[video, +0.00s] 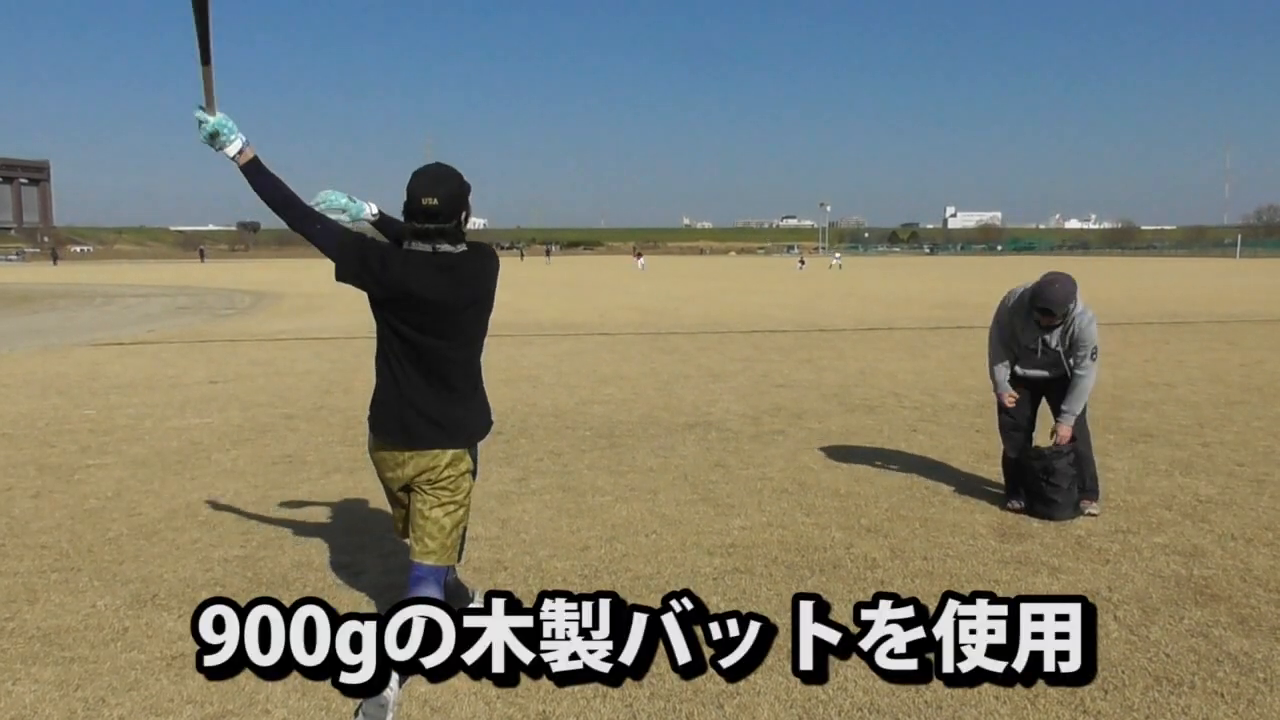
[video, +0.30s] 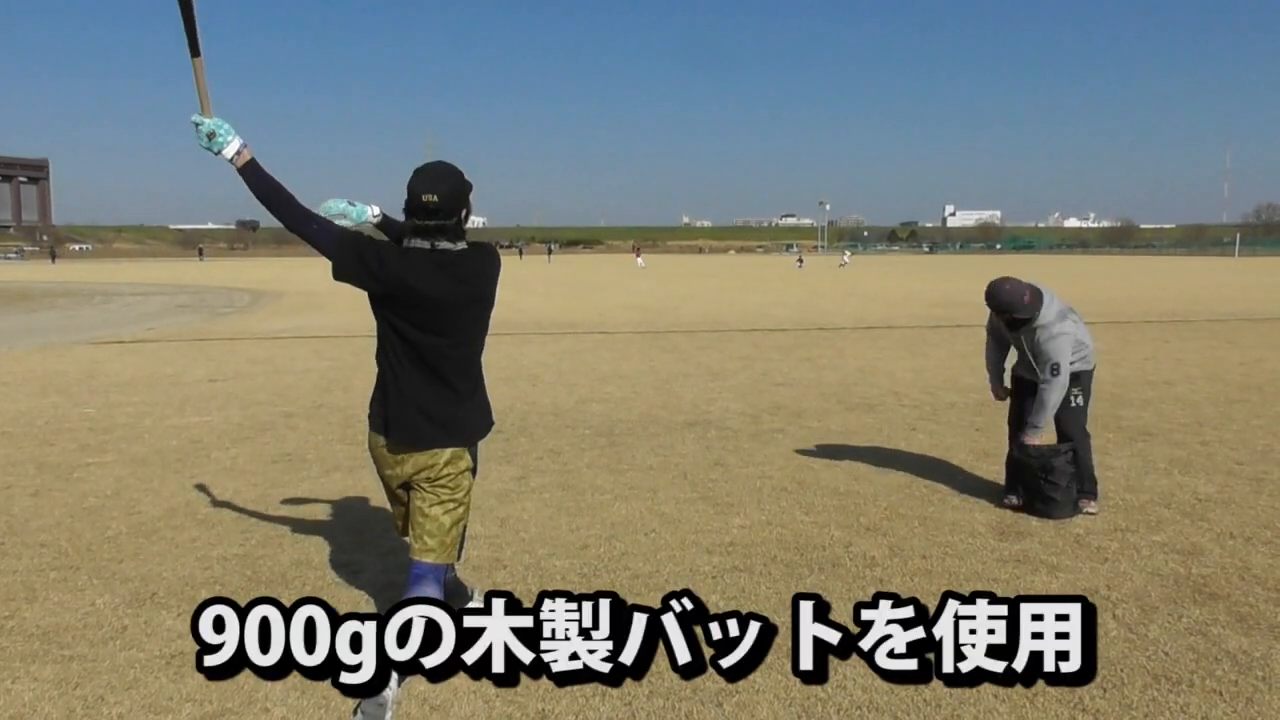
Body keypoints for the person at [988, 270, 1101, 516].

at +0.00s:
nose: (1044, 320)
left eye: (1052, 316)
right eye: (1039, 313)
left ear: (1067, 310)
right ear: (1033, 301)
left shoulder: (1082, 321)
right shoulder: (1013, 305)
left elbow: (1085, 372)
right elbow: (998, 345)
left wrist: (1067, 419)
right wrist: (1002, 385)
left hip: (1062, 379)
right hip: (1021, 377)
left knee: (1076, 433)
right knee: (1014, 434)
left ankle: (1087, 495)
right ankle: (1015, 494)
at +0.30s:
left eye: (1023, 315)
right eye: (1015, 317)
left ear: (1025, 311)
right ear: (1002, 316)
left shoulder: (1052, 328)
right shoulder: (1000, 315)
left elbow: (1056, 383)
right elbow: (996, 344)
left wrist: (1034, 430)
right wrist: (996, 380)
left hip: (1072, 368)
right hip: (1030, 367)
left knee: (1069, 429)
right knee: (1018, 426)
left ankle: (1086, 493)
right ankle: (1015, 488)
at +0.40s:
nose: (1010, 320)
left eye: (1013, 315)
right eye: (1004, 316)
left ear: (1018, 305)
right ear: (992, 313)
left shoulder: (1041, 330)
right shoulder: (1000, 314)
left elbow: (1044, 386)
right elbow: (998, 343)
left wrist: (1031, 431)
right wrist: (998, 379)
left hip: (1075, 366)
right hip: (1034, 366)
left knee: (1073, 430)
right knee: (1022, 428)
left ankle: (1086, 494)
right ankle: (1016, 489)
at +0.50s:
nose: (1007, 312)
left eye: (1007, 306)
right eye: (999, 311)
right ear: (986, 313)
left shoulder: (1033, 335)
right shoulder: (1003, 309)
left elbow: (1038, 386)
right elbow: (1001, 340)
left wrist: (1030, 433)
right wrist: (1003, 377)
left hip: (1080, 368)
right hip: (1040, 368)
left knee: (1076, 432)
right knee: (1027, 430)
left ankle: (1088, 495)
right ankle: (1018, 490)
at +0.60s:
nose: (986, 320)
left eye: (984, 316)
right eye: (984, 316)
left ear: (984, 315)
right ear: (998, 292)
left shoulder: (1028, 340)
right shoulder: (1009, 298)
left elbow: (1035, 396)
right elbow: (1004, 346)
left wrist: (1027, 438)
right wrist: (1010, 377)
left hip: (1082, 368)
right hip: (1047, 369)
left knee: (1074, 431)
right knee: (1030, 430)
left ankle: (1089, 493)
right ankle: (1019, 490)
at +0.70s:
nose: (976, 321)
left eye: (975, 318)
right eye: (974, 317)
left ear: (981, 317)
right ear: (992, 294)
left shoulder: (1024, 341)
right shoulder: (1007, 298)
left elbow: (1033, 396)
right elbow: (1007, 346)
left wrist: (1028, 438)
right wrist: (1012, 378)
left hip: (1082, 368)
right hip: (1049, 368)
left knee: (1073, 432)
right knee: (1029, 432)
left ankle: (1089, 493)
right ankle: (1018, 490)